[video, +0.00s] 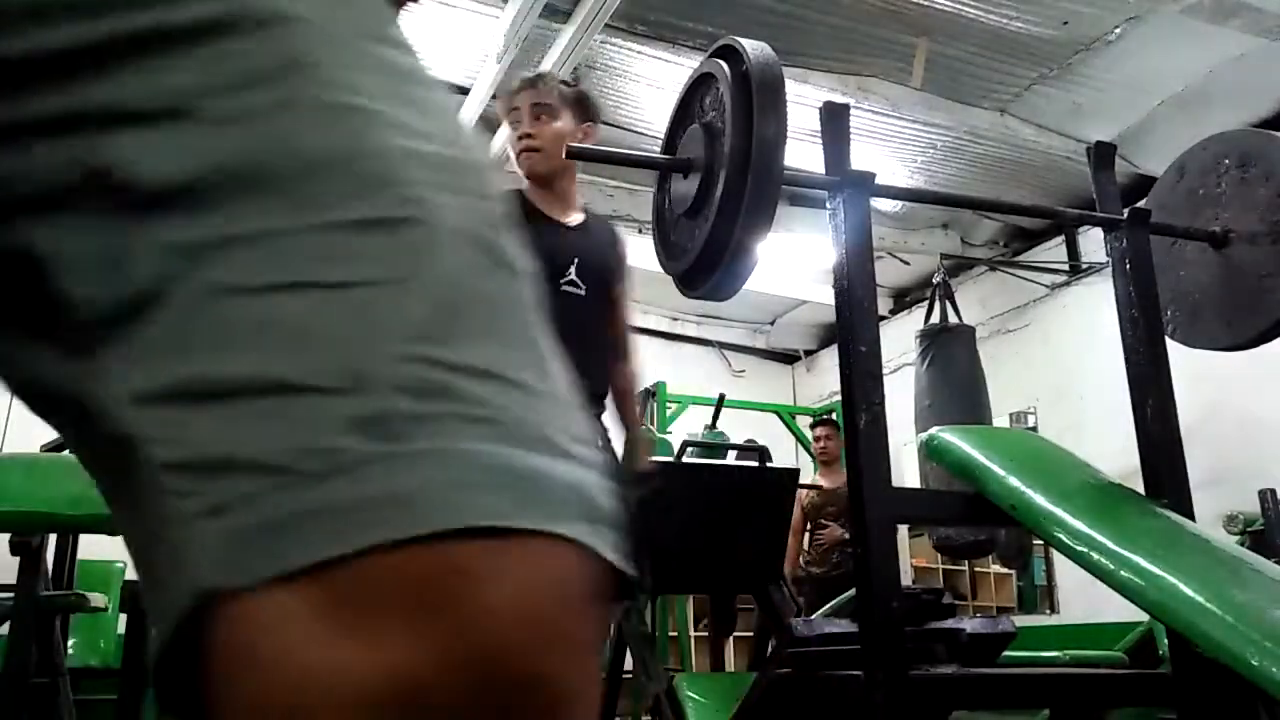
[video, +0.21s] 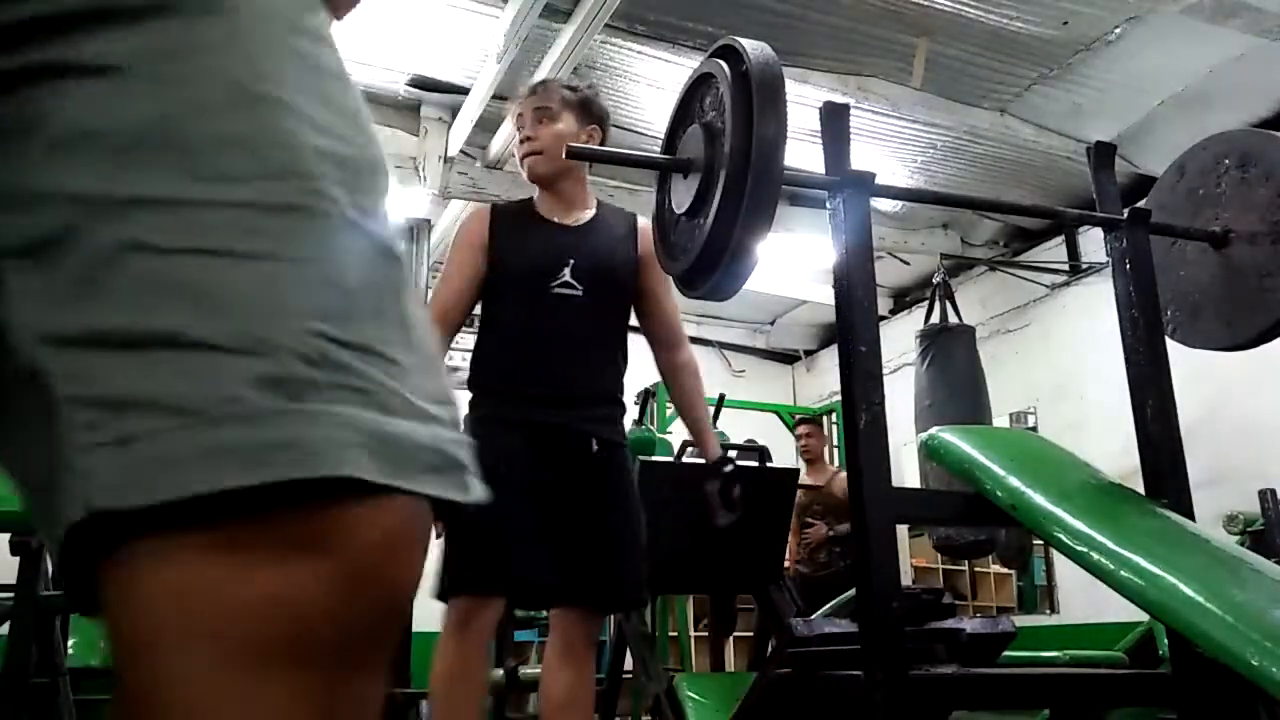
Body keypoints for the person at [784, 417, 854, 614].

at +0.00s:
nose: (822, 445)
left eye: (829, 438)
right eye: (816, 440)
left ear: (842, 443)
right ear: (811, 445)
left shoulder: (854, 482)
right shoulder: (806, 488)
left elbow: (872, 523)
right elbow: (795, 534)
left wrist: (845, 533)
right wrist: (789, 573)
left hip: (850, 569)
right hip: (814, 571)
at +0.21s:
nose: (803, 443)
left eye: (809, 436)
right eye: (798, 438)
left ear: (824, 439)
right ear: (796, 444)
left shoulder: (842, 481)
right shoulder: (798, 484)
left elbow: (860, 522)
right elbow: (793, 528)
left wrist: (829, 532)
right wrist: (791, 561)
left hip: (838, 570)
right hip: (804, 570)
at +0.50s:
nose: (771, 440)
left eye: (777, 433)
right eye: (767, 436)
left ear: (793, 434)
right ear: (764, 441)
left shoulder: (818, 476)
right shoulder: (768, 479)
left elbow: (828, 522)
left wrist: (813, 562)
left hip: (809, 564)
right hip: (776, 566)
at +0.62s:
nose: (764, 438)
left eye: (769, 431)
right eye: (758, 434)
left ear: (783, 435)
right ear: (755, 439)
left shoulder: (807, 476)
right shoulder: (754, 481)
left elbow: (825, 519)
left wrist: (829, 564)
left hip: (804, 566)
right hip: (768, 566)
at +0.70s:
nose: (759, 437)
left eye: (765, 431)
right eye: (753, 433)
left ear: (777, 435)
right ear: (748, 440)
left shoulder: (801, 475)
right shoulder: (745, 483)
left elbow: (829, 511)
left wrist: (835, 561)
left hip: (803, 570)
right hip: (764, 571)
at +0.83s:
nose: (757, 438)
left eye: (763, 431)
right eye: (750, 434)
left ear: (773, 436)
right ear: (742, 441)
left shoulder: (797, 475)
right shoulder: (737, 481)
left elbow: (828, 508)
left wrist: (837, 551)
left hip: (801, 570)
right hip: (760, 572)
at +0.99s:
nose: (761, 437)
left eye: (766, 430)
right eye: (753, 431)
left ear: (772, 434)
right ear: (740, 437)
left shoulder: (792, 473)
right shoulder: (732, 477)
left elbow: (822, 511)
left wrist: (836, 554)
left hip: (799, 565)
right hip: (754, 565)